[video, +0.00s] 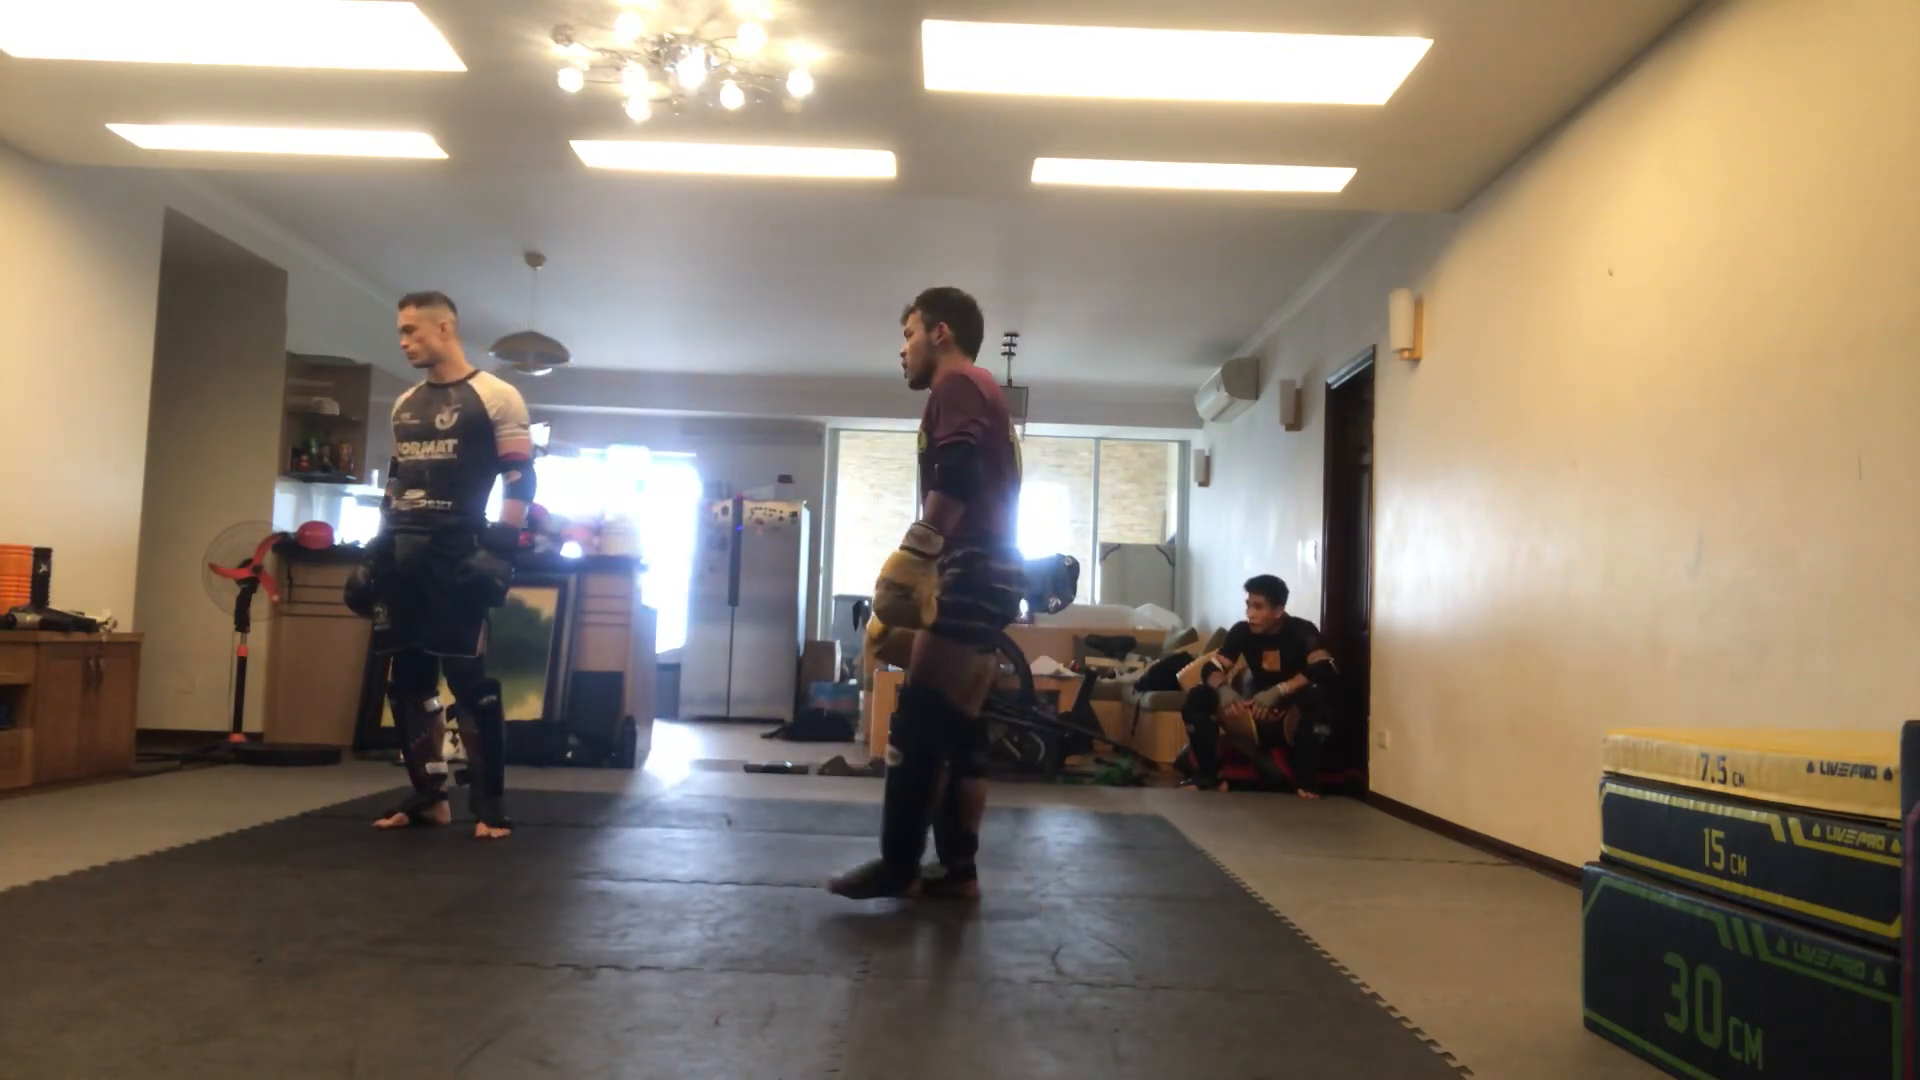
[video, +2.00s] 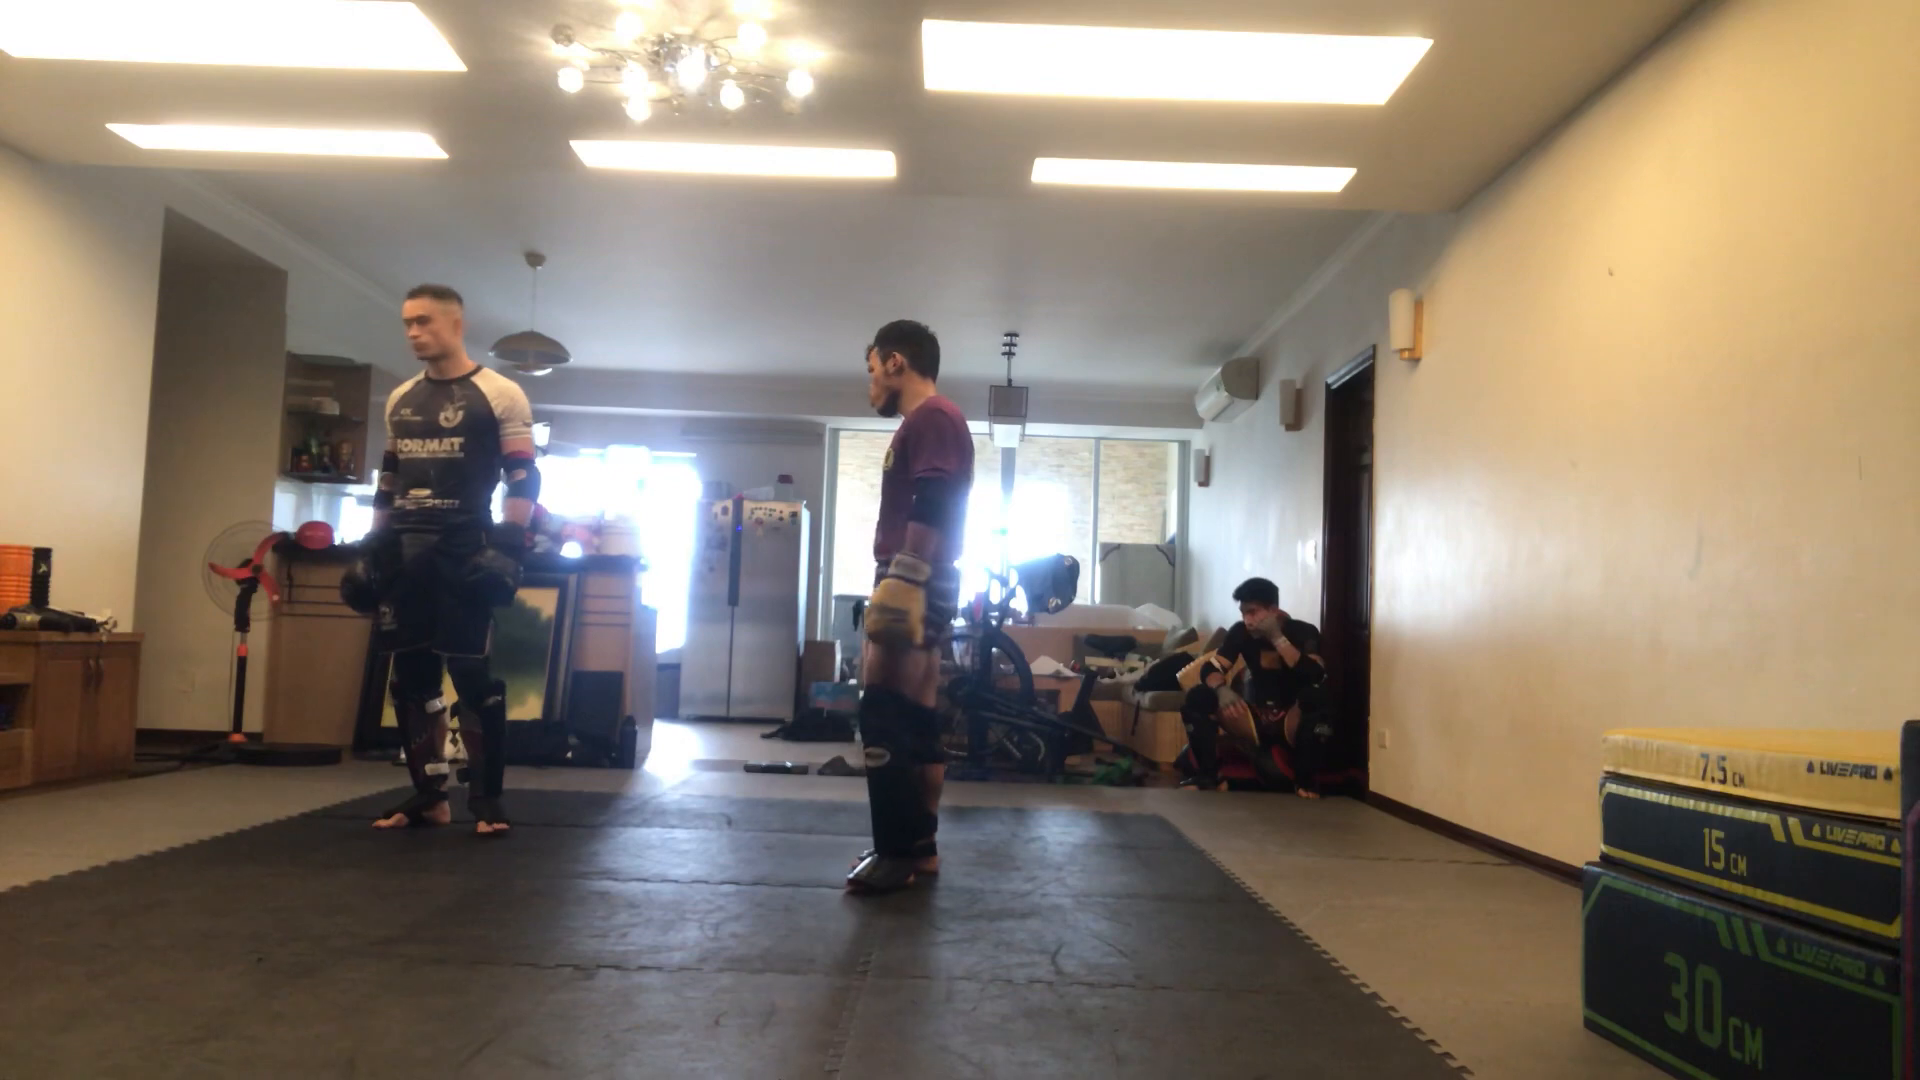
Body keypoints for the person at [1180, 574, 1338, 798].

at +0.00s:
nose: (1250, 613)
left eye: (1257, 607)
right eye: (1248, 606)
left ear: (1278, 611)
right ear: (1245, 604)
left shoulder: (1302, 631)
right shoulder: (1242, 632)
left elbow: (1324, 668)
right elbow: (1212, 668)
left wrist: (1277, 691)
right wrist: (1223, 690)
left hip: (1293, 713)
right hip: (1254, 712)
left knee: (1316, 701)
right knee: (1198, 698)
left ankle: (1306, 781)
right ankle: (1208, 776)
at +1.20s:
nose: (1245, 617)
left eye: (1251, 610)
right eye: (1243, 610)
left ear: (1274, 610)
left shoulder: (1304, 633)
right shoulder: (1242, 633)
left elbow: (1330, 671)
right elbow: (1211, 668)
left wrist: (1281, 669)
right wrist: (1223, 691)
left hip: (1292, 720)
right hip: (1250, 719)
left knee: (1320, 704)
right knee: (1198, 698)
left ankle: (1306, 781)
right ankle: (1208, 777)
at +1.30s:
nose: (1245, 619)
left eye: (1251, 612)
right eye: (1243, 612)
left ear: (1274, 611)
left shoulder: (1305, 633)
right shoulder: (1242, 633)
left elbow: (1324, 674)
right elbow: (1211, 669)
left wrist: (1278, 647)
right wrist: (1224, 691)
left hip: (1294, 720)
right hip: (1252, 719)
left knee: (1320, 699)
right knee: (1198, 698)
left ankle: (1306, 781)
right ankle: (1208, 777)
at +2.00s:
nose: (1246, 620)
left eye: (1252, 613)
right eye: (1243, 613)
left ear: (1273, 609)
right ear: (1240, 610)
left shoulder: (1304, 632)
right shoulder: (1241, 632)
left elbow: (1314, 675)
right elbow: (1210, 669)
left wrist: (1276, 637)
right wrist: (1222, 690)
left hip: (1291, 720)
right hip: (1251, 719)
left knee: (1317, 696)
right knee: (1198, 698)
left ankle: (1305, 780)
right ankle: (1207, 776)